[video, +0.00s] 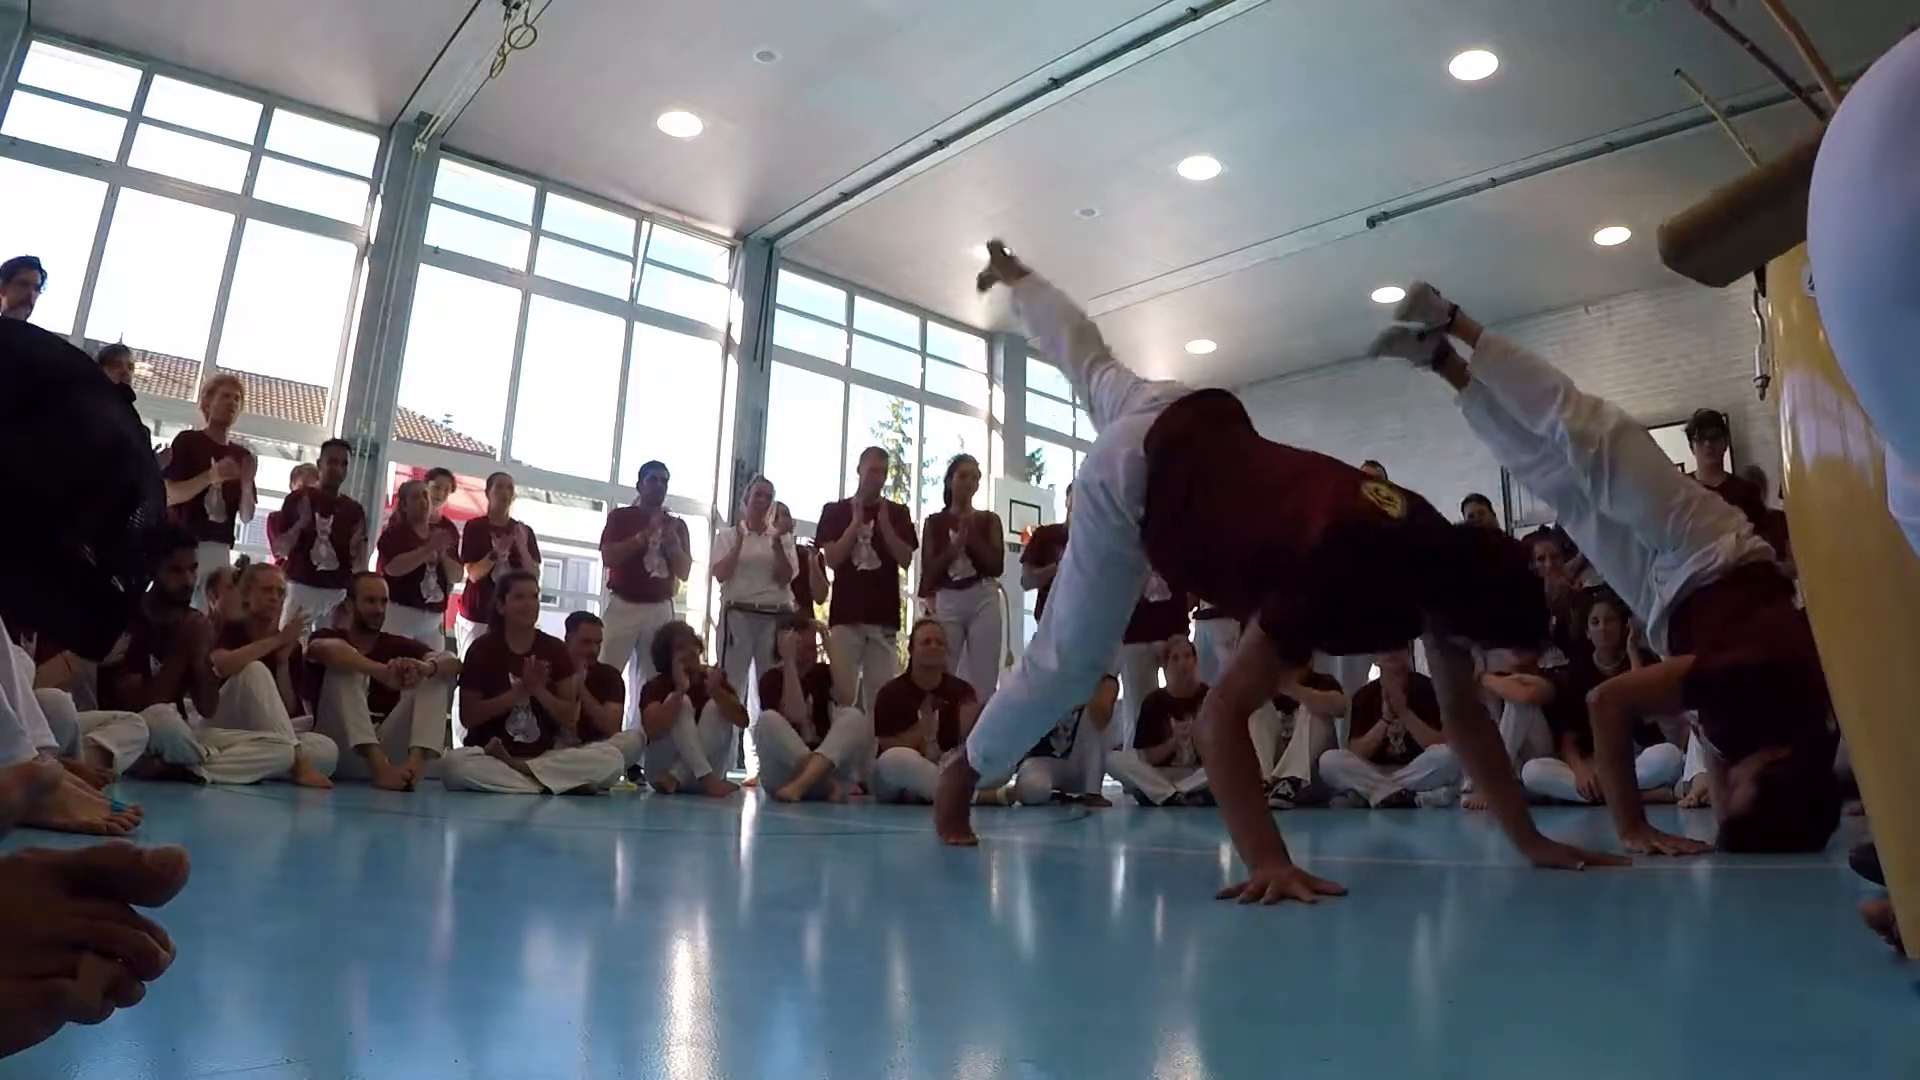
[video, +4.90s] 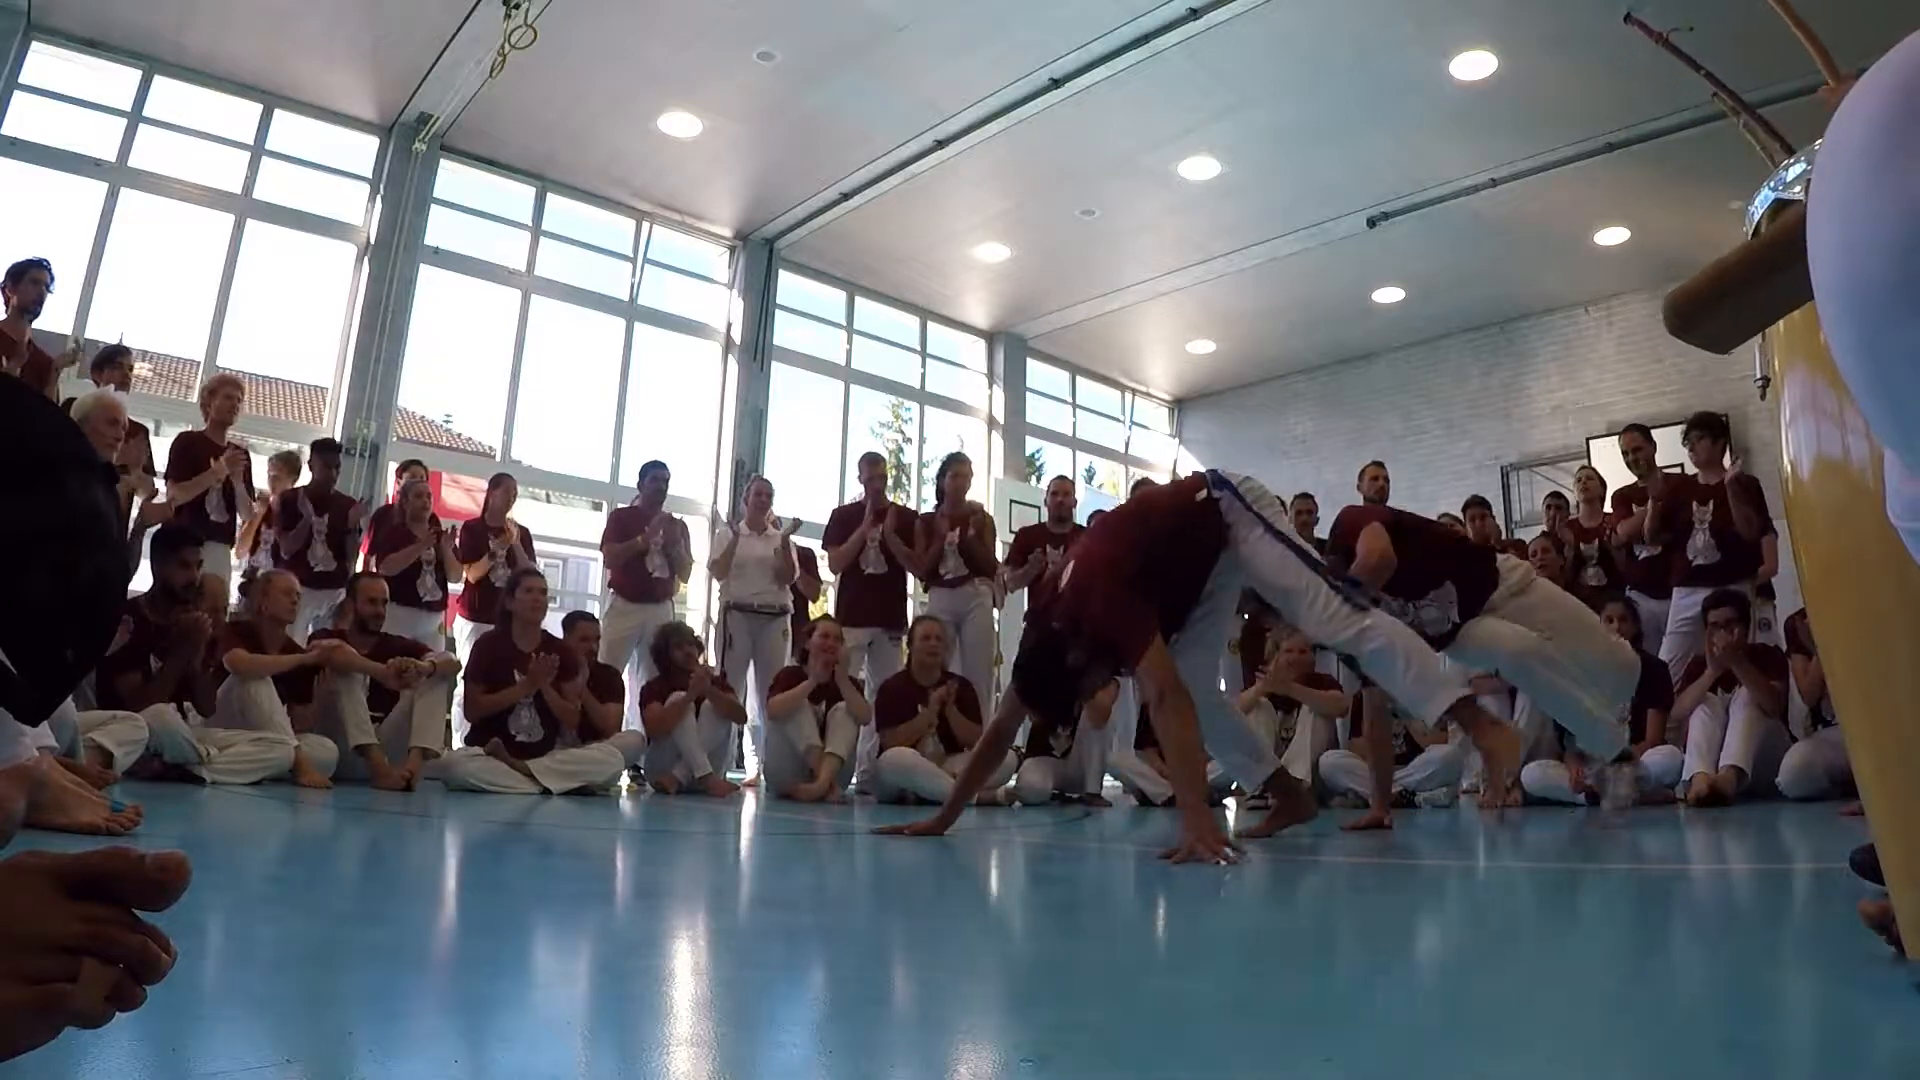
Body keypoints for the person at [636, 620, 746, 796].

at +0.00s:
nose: (691, 651)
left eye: (693, 644)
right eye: (681, 647)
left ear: (699, 647)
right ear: (667, 655)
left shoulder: (714, 678)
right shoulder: (654, 686)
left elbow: (743, 721)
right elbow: (652, 729)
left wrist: (716, 691)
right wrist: (678, 692)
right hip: (663, 772)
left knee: (716, 706)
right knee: (680, 702)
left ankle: (675, 776)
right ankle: (707, 777)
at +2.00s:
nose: (687, 653)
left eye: (690, 645)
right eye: (678, 649)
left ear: (700, 649)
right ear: (665, 657)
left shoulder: (717, 683)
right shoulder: (655, 687)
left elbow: (742, 718)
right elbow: (654, 730)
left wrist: (710, 690)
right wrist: (694, 695)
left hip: (708, 771)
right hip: (665, 771)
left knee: (719, 705)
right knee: (678, 699)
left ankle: (677, 776)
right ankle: (708, 777)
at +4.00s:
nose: (690, 658)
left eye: (694, 650)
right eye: (682, 652)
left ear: (701, 652)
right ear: (667, 658)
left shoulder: (715, 682)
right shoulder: (654, 688)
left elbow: (742, 718)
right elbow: (652, 729)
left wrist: (710, 689)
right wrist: (692, 695)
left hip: (710, 770)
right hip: (665, 771)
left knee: (719, 703)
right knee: (677, 700)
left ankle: (678, 776)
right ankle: (707, 776)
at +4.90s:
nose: (688, 650)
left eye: (690, 644)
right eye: (679, 647)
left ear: (697, 647)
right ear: (666, 654)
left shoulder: (714, 681)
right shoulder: (653, 687)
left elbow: (741, 717)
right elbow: (654, 729)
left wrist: (709, 690)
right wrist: (689, 696)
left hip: (710, 769)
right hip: (664, 771)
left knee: (717, 704)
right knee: (677, 700)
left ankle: (678, 776)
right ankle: (706, 776)